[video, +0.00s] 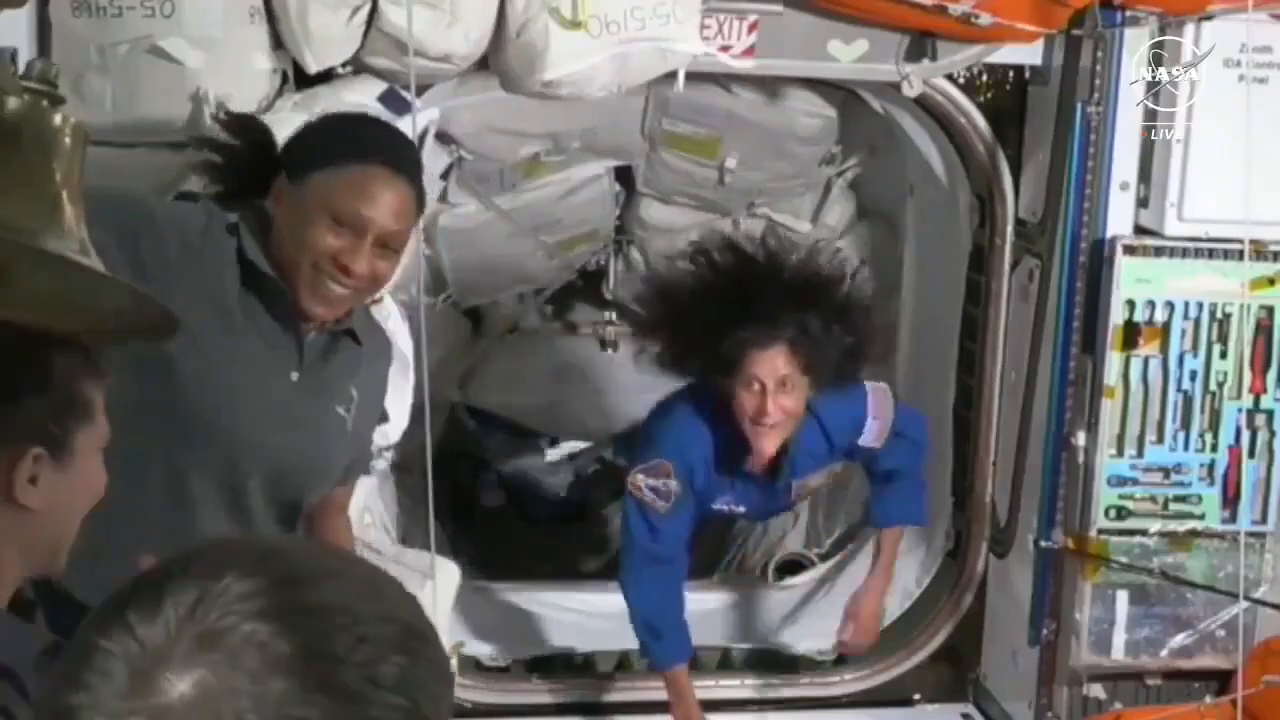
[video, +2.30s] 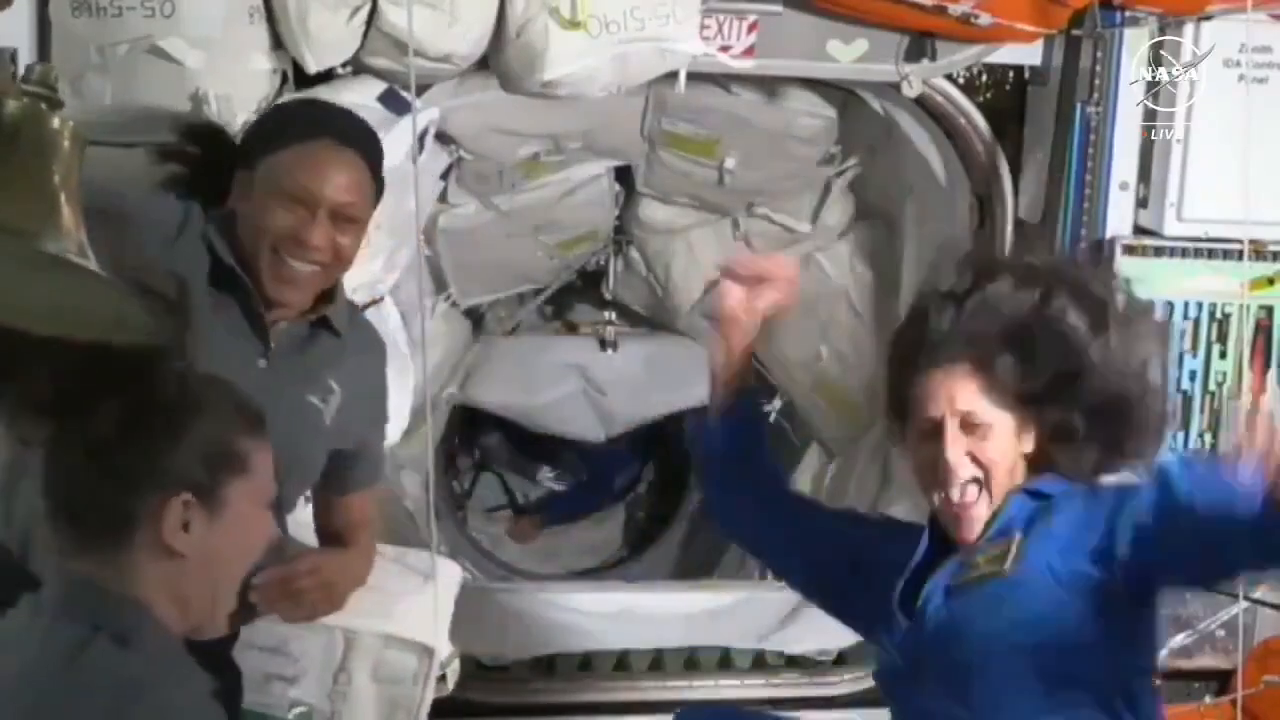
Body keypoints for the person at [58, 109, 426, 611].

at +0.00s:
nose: (356, 266)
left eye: (386, 248)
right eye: (341, 227)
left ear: (402, 257)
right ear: (280, 199)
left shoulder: (365, 354)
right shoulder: (167, 246)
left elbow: (328, 511)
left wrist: (351, 619)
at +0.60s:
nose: (387, 275)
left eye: (400, 255)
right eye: (372, 245)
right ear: (289, 208)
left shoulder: (360, 353)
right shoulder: (159, 245)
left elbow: (325, 504)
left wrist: (325, 590)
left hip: (222, 646)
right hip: (74, 619)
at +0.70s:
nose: (401, 281)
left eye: (408, 254)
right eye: (392, 250)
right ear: (309, 221)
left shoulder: (357, 348)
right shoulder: (143, 248)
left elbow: (324, 505)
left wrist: (329, 591)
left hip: (228, 658)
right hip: (76, 634)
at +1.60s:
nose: (367, 263)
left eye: (380, 240)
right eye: (349, 231)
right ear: (262, 205)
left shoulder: (346, 342)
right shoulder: (139, 248)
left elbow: (326, 500)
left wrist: (365, 559)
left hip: (223, 664)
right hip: (86, 645)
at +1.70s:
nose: (322, 247)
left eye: (351, 229)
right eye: (304, 211)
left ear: (370, 239)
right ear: (246, 192)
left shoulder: (349, 345)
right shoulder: (145, 250)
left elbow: (332, 503)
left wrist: (363, 554)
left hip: (222, 654)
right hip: (85, 634)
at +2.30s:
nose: (315, 240)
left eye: (344, 222)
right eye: (295, 205)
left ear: (365, 235)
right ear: (240, 192)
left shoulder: (356, 353)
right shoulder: (163, 239)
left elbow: (351, 517)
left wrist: (349, 566)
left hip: (216, 622)